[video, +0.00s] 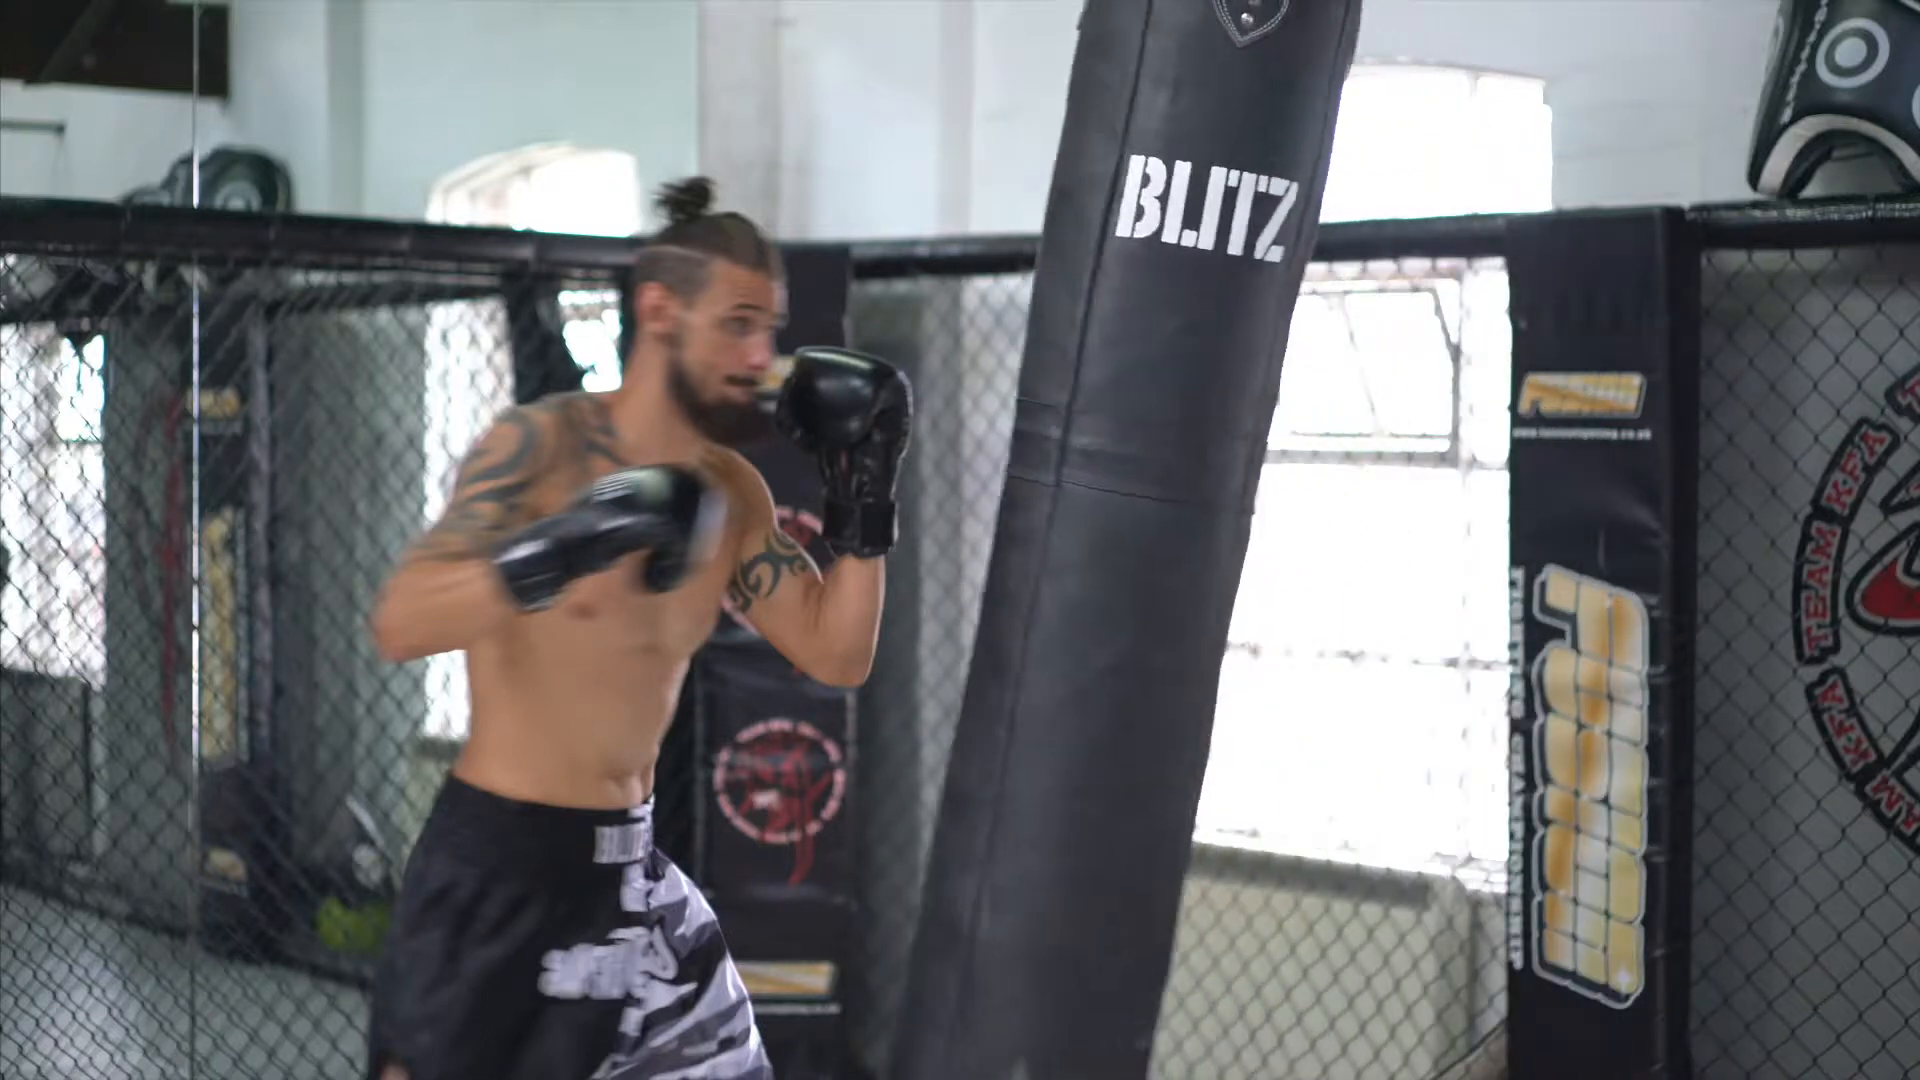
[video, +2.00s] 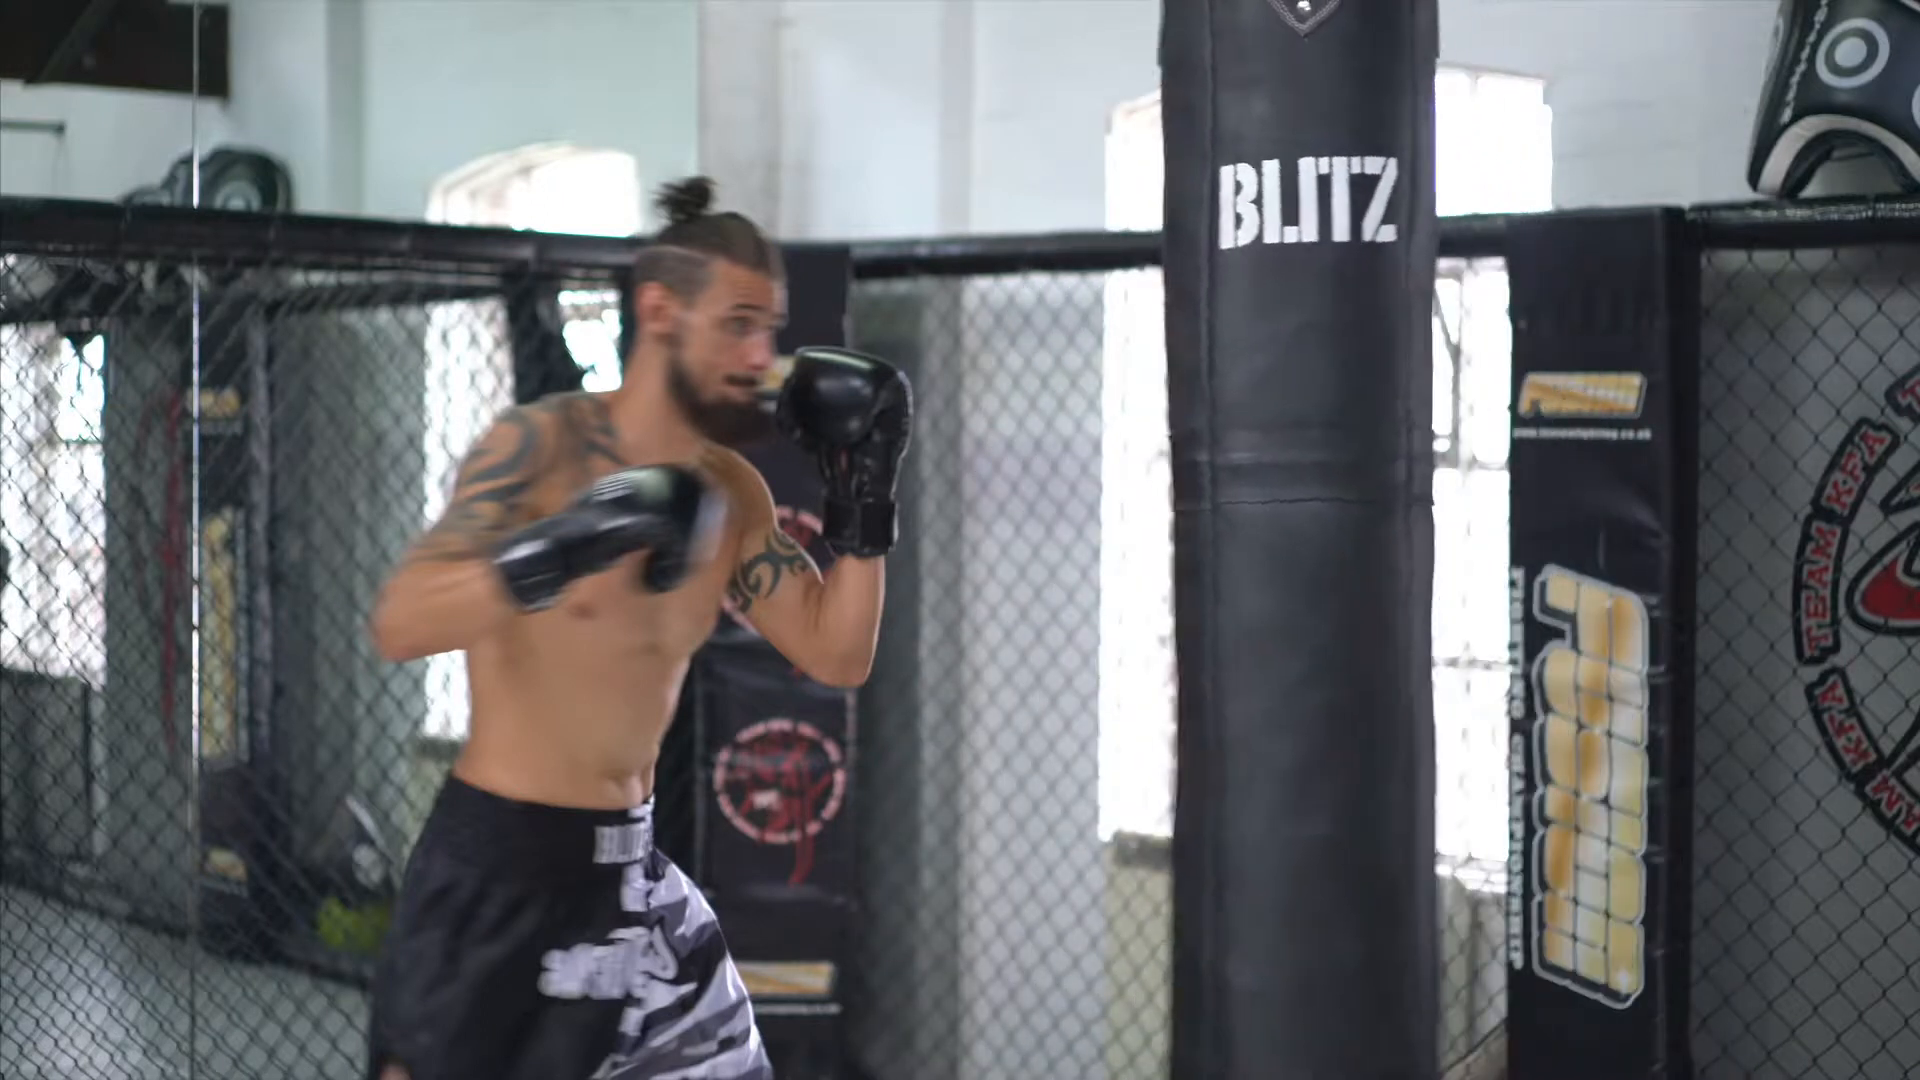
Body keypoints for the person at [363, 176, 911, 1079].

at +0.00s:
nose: (761, 358)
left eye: (772, 331)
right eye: (738, 326)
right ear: (656, 310)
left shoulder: (733, 492)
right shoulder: (539, 440)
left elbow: (839, 655)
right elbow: (401, 623)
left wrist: (865, 483)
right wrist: (569, 547)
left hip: (635, 867)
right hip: (499, 865)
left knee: (731, 1066)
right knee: (441, 1065)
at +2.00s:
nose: (763, 357)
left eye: (772, 331)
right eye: (740, 325)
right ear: (656, 309)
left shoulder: (733, 492)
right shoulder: (538, 440)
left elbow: (839, 655)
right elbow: (400, 623)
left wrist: (865, 480)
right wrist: (568, 547)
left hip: (636, 867)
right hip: (501, 867)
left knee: (732, 1066)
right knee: (444, 1065)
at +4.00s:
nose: (762, 357)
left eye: (772, 331)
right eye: (739, 325)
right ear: (656, 310)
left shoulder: (733, 492)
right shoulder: (537, 441)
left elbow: (839, 655)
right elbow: (400, 623)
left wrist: (865, 481)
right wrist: (569, 546)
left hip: (635, 867)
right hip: (500, 866)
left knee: (732, 1066)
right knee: (439, 1065)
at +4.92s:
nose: (762, 357)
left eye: (772, 331)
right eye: (739, 325)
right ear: (656, 310)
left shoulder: (733, 492)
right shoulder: (537, 441)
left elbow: (839, 655)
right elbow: (400, 623)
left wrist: (865, 480)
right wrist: (569, 546)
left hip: (635, 866)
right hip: (500, 865)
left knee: (731, 1066)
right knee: (438, 1065)